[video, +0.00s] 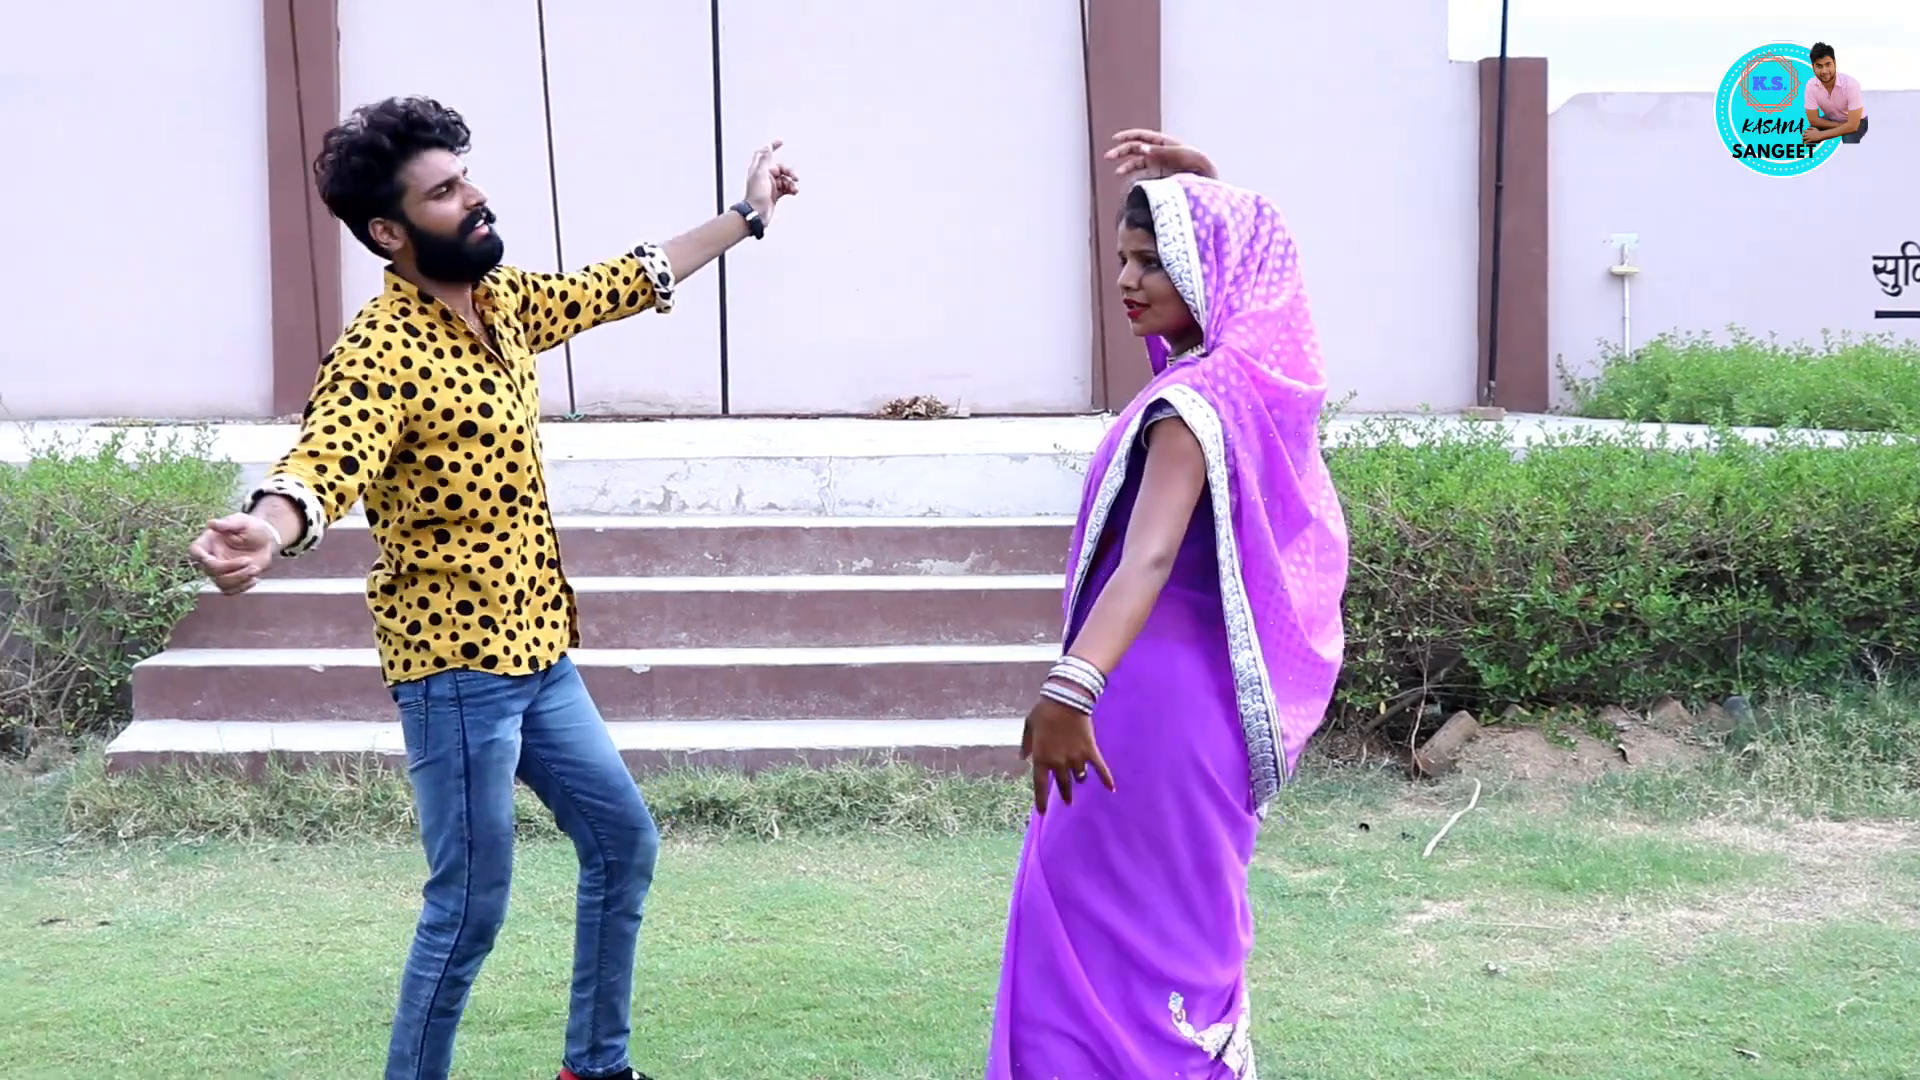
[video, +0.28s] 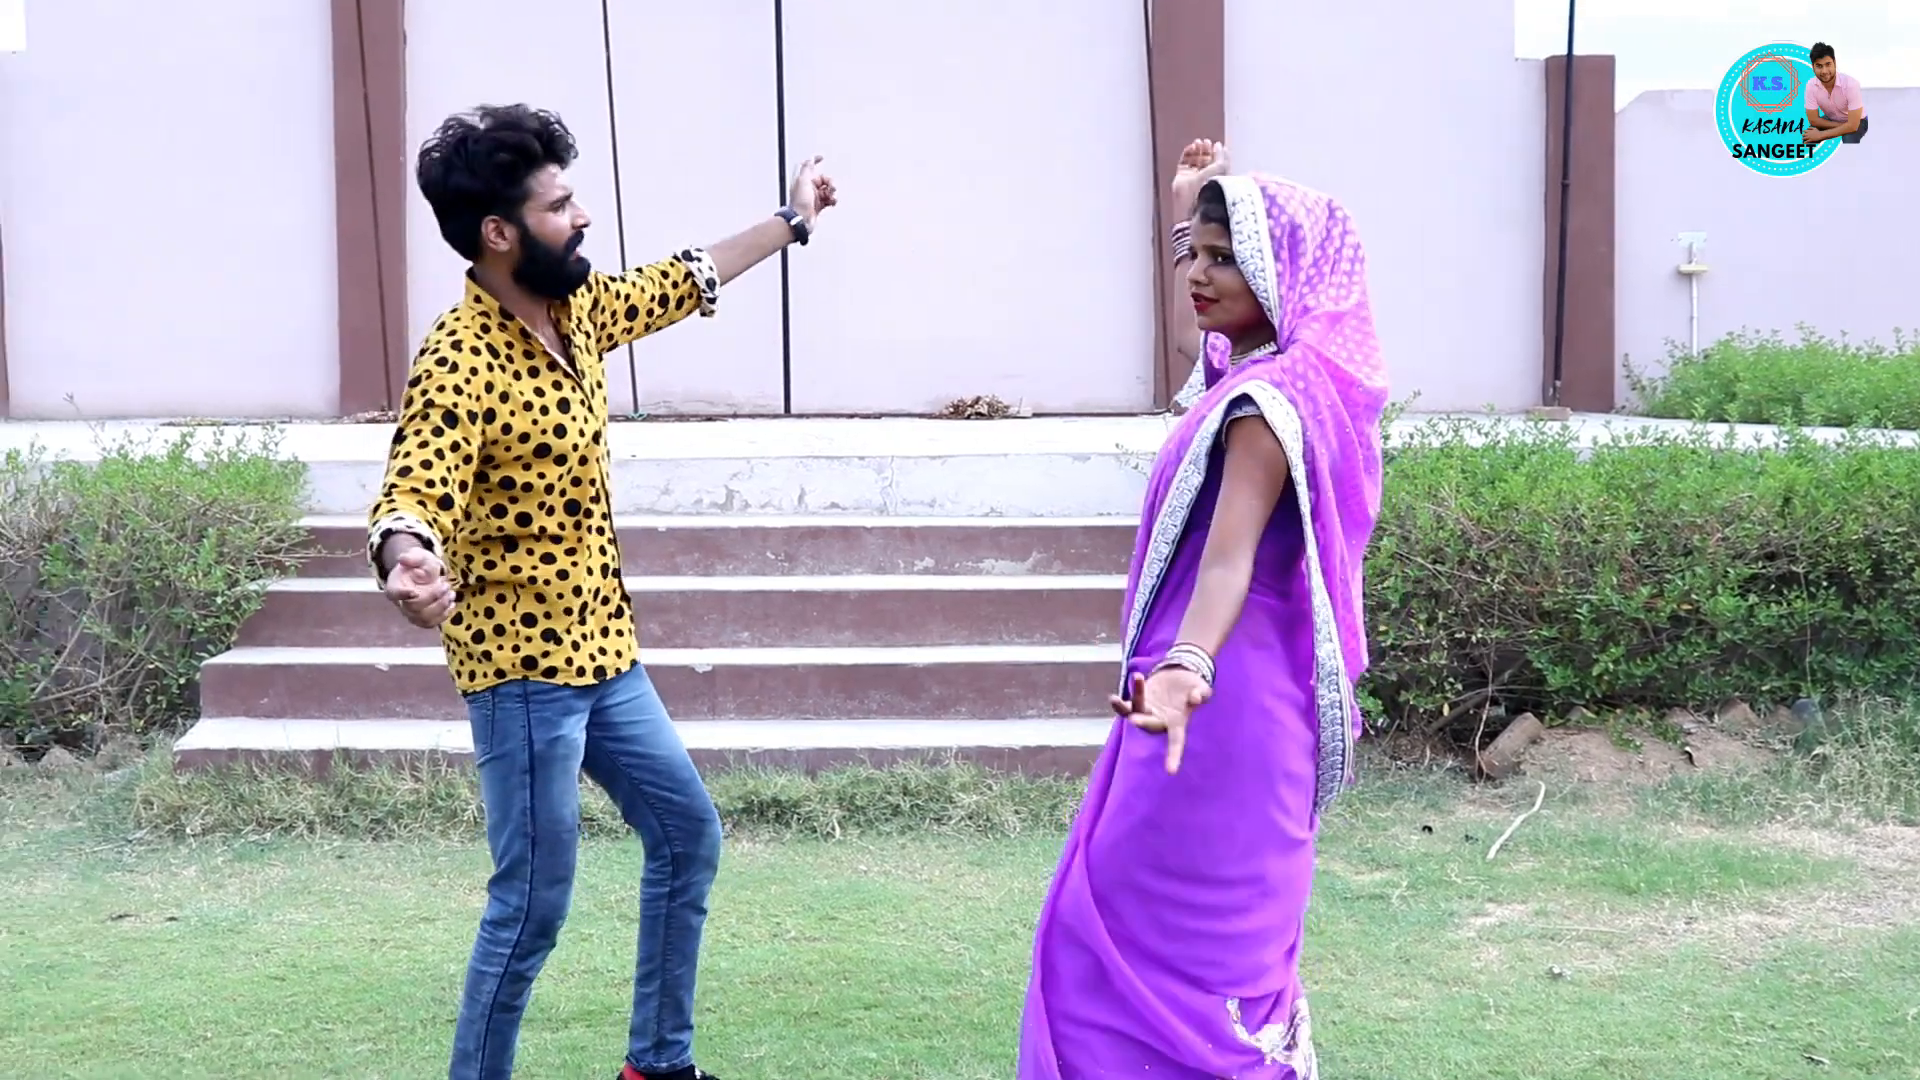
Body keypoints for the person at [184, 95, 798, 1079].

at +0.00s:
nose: (475, 199)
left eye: (468, 179)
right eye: (444, 191)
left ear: (476, 180)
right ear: (387, 234)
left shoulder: (508, 301)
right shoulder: (381, 347)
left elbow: (627, 283)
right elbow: (329, 453)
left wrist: (745, 215)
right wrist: (272, 522)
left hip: (537, 652)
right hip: (452, 667)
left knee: (623, 841)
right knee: (467, 907)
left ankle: (597, 1064)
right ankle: (412, 1073)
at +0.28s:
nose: (581, 217)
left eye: (575, 198)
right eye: (559, 205)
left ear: (516, 230)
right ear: (496, 235)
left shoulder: (576, 310)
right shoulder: (459, 358)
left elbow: (682, 282)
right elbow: (411, 496)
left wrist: (789, 220)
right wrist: (411, 560)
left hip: (600, 652)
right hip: (518, 664)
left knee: (689, 833)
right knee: (531, 901)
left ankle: (660, 1061)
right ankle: (475, 1072)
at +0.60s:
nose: (678, 245)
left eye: (673, 226)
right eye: (667, 228)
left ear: (620, 245)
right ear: (622, 246)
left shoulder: (637, 333)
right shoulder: (537, 391)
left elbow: (709, 302)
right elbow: (533, 577)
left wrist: (795, 230)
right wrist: (604, 661)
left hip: (678, 658)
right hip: (602, 681)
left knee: (757, 833)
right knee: (618, 910)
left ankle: (699, 1058)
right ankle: (529, 1071)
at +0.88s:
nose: (777, 245)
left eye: (775, 228)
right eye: (773, 230)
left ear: (687, 236)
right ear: (743, 247)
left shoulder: (650, 296)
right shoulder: (711, 400)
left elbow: (684, 192)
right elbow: (748, 587)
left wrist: (771, 101)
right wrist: (847, 659)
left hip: (677, 629)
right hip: (688, 650)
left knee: (761, 833)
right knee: (646, 883)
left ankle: (707, 1065)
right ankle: (530, 1068)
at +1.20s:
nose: (912, 259)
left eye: (909, 241)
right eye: (909, 244)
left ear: (813, 236)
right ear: (879, 256)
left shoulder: (742, 301)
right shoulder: (857, 396)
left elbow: (775, 161)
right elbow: (896, 573)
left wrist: (832, 34)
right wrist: (874, 559)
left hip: (716, 622)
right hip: (809, 651)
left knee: (763, 846)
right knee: (876, 864)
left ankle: (703, 1052)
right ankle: (723, 1044)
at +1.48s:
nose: (996, 249)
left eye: (993, 229)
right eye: (999, 232)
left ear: (903, 215)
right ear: (976, 234)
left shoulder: (838, 295)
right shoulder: (957, 356)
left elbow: (899, 143)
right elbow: (962, 513)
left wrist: (979, 23)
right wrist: (1001, 588)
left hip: (852, 632)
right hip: (953, 647)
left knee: (850, 853)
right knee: (1014, 863)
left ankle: (730, 1052)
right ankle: (996, 1069)